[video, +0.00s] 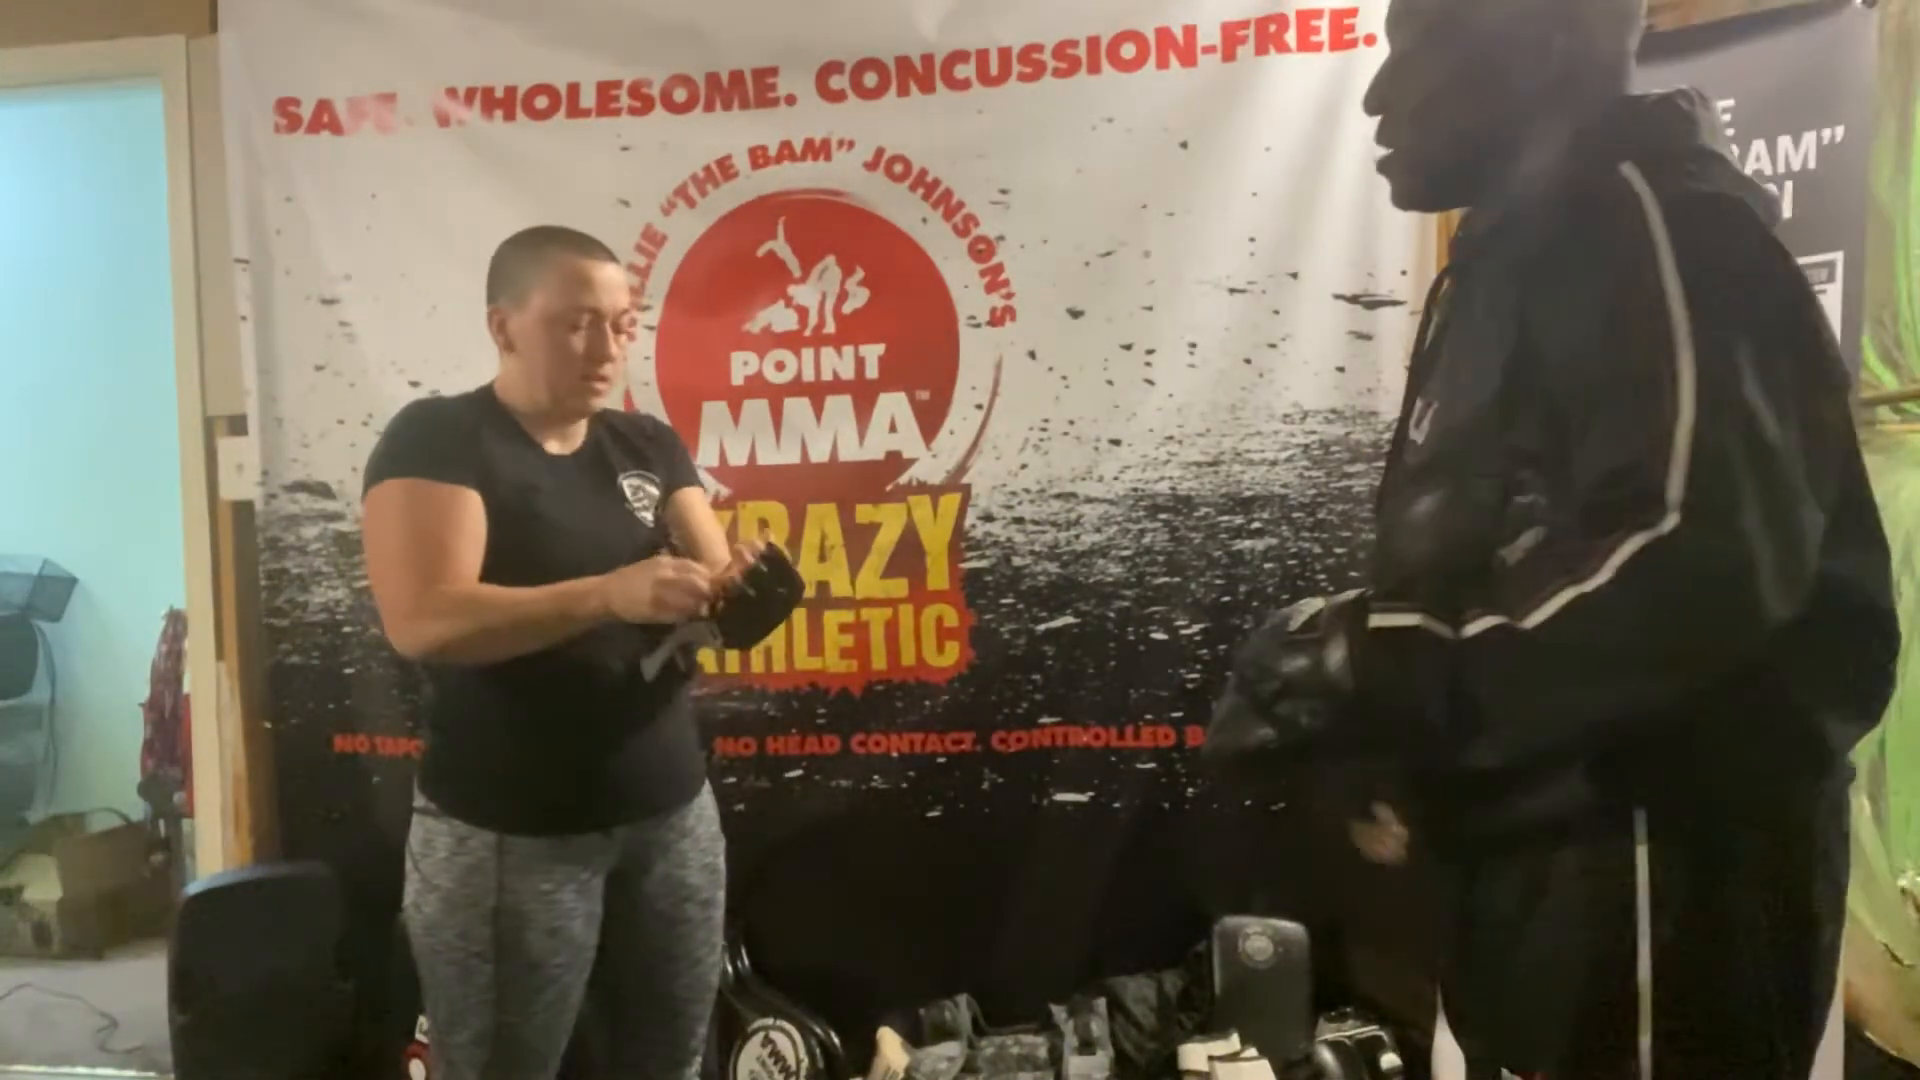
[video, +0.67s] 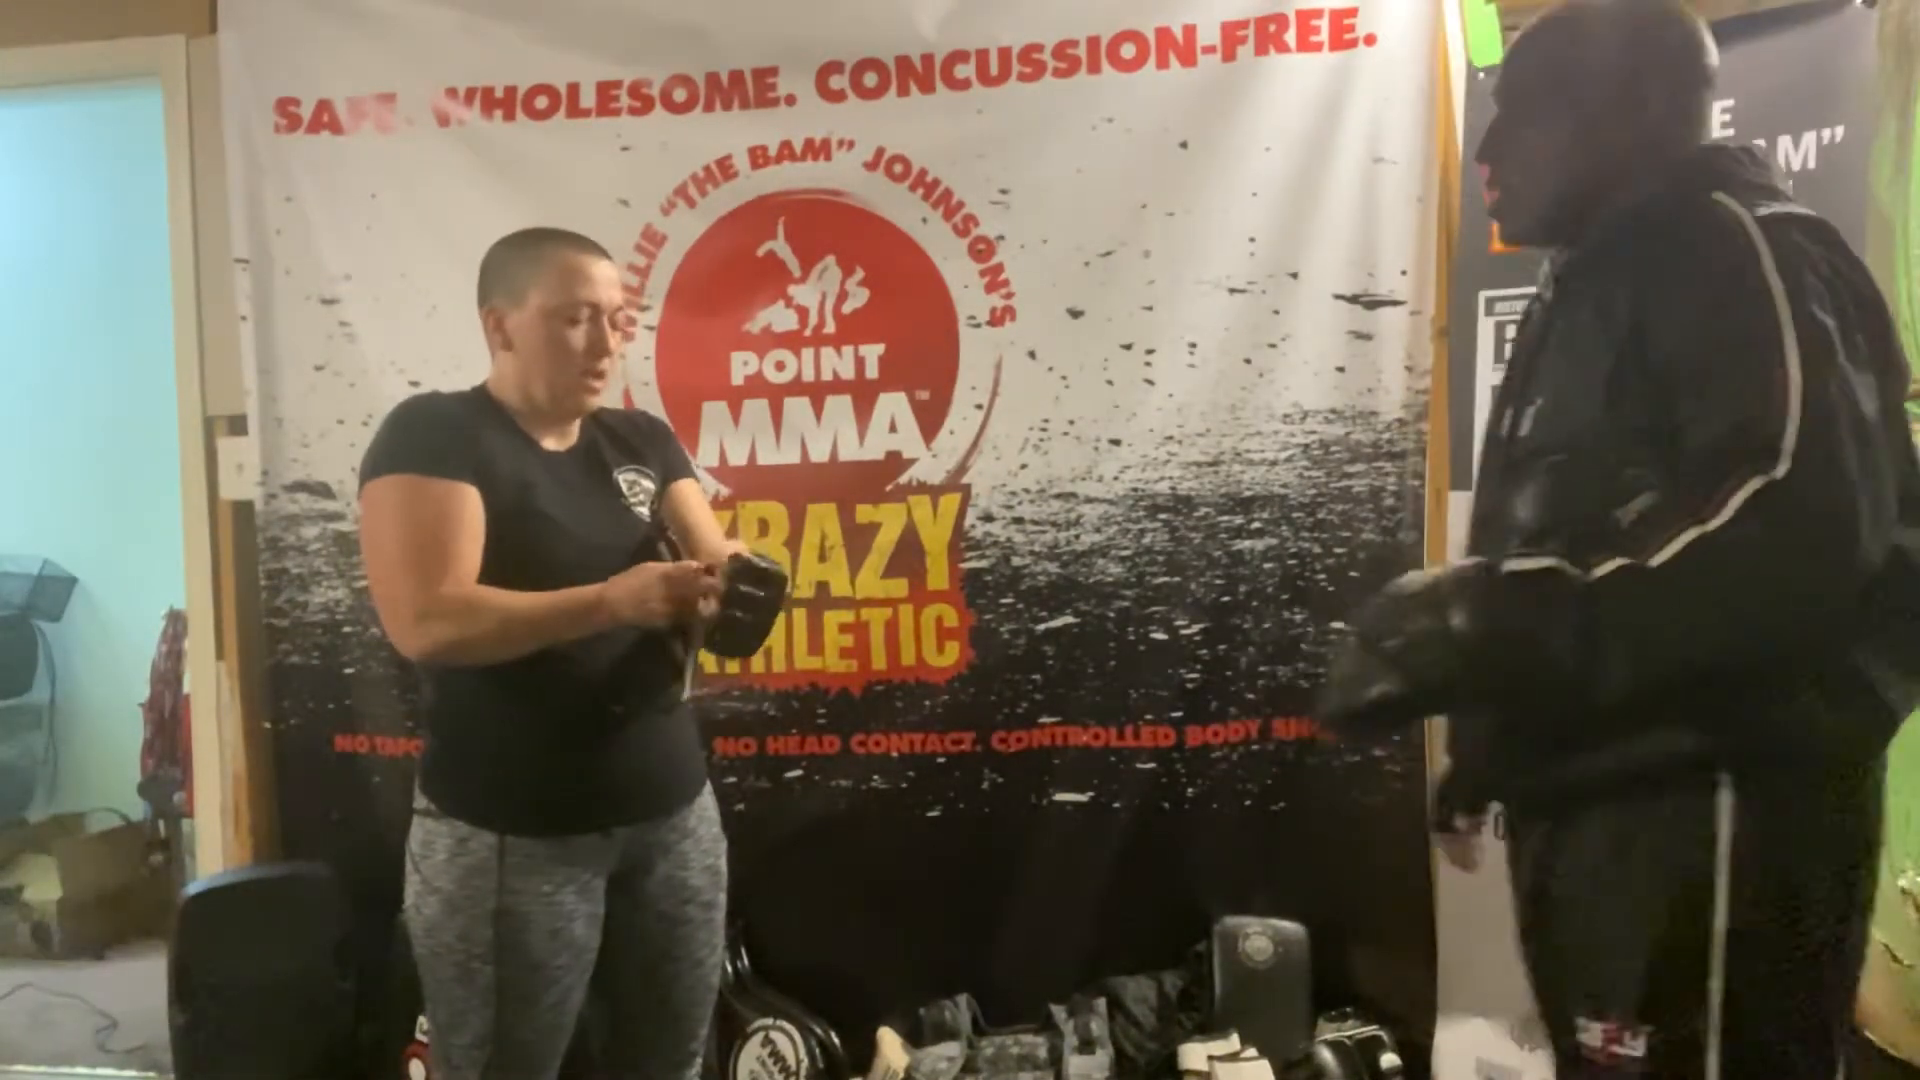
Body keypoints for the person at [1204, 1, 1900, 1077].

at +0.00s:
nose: (1374, 90)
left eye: (1411, 37)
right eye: (1389, 45)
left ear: (1540, 40)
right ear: (1533, 49)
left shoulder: (1638, 203)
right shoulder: (1507, 243)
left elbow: (1713, 552)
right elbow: (1476, 551)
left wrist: (1389, 679)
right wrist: (1336, 636)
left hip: (1662, 885)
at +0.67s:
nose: (1482, 148)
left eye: (1515, 108)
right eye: (1493, 112)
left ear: (1611, 112)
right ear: (1623, 116)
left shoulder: (1728, 236)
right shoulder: (1597, 276)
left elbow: (1799, 514)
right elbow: (1556, 529)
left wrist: (1495, 620)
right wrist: (1482, 753)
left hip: (1719, 801)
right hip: (1611, 796)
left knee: (1706, 1061)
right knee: (1612, 1059)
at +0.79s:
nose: (1489, 174)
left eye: (1519, 142)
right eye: (1494, 146)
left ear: (1618, 134)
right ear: (1602, 146)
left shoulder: (1736, 238)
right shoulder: (1613, 291)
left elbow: (1829, 492)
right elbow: (1595, 547)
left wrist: (1532, 619)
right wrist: (1548, 767)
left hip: (1759, 800)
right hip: (1663, 799)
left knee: (1737, 1056)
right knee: (1647, 1051)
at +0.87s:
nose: (1497, 171)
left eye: (1526, 140)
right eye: (1504, 144)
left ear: (1624, 135)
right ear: (1604, 148)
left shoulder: (1744, 235)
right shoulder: (1614, 299)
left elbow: (1838, 475)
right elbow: (1600, 546)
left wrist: (1532, 616)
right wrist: (1568, 775)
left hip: (1771, 798)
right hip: (1673, 801)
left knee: (1748, 1054)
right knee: (1657, 1051)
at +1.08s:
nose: (1513, 176)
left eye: (1539, 146)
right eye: (1519, 150)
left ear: (1636, 140)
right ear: (1621, 152)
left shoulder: (1760, 234)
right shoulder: (1637, 298)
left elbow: (1839, 466)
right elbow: (1616, 529)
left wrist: (1559, 603)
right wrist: (1587, 766)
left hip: (1783, 781)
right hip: (1678, 784)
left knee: (1774, 1055)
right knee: (1681, 1052)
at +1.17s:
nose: (1514, 191)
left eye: (1534, 158)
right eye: (1517, 163)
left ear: (1635, 145)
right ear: (1625, 160)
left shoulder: (1766, 234)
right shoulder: (1635, 307)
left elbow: (1854, 457)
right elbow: (1618, 543)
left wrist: (1590, 600)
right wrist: (1585, 770)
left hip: (1795, 777)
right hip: (1681, 785)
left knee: (1785, 1053)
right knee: (1680, 1051)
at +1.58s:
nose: (1585, 158)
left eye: (1613, 122)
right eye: (1590, 127)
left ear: (1712, 120)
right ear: (1699, 133)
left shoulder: (1823, 232)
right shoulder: (1688, 293)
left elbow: (1890, 484)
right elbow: (1631, 558)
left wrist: (1645, 611)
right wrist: (1559, 764)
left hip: (1798, 796)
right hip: (1686, 792)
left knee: (1792, 1055)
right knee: (1670, 1052)